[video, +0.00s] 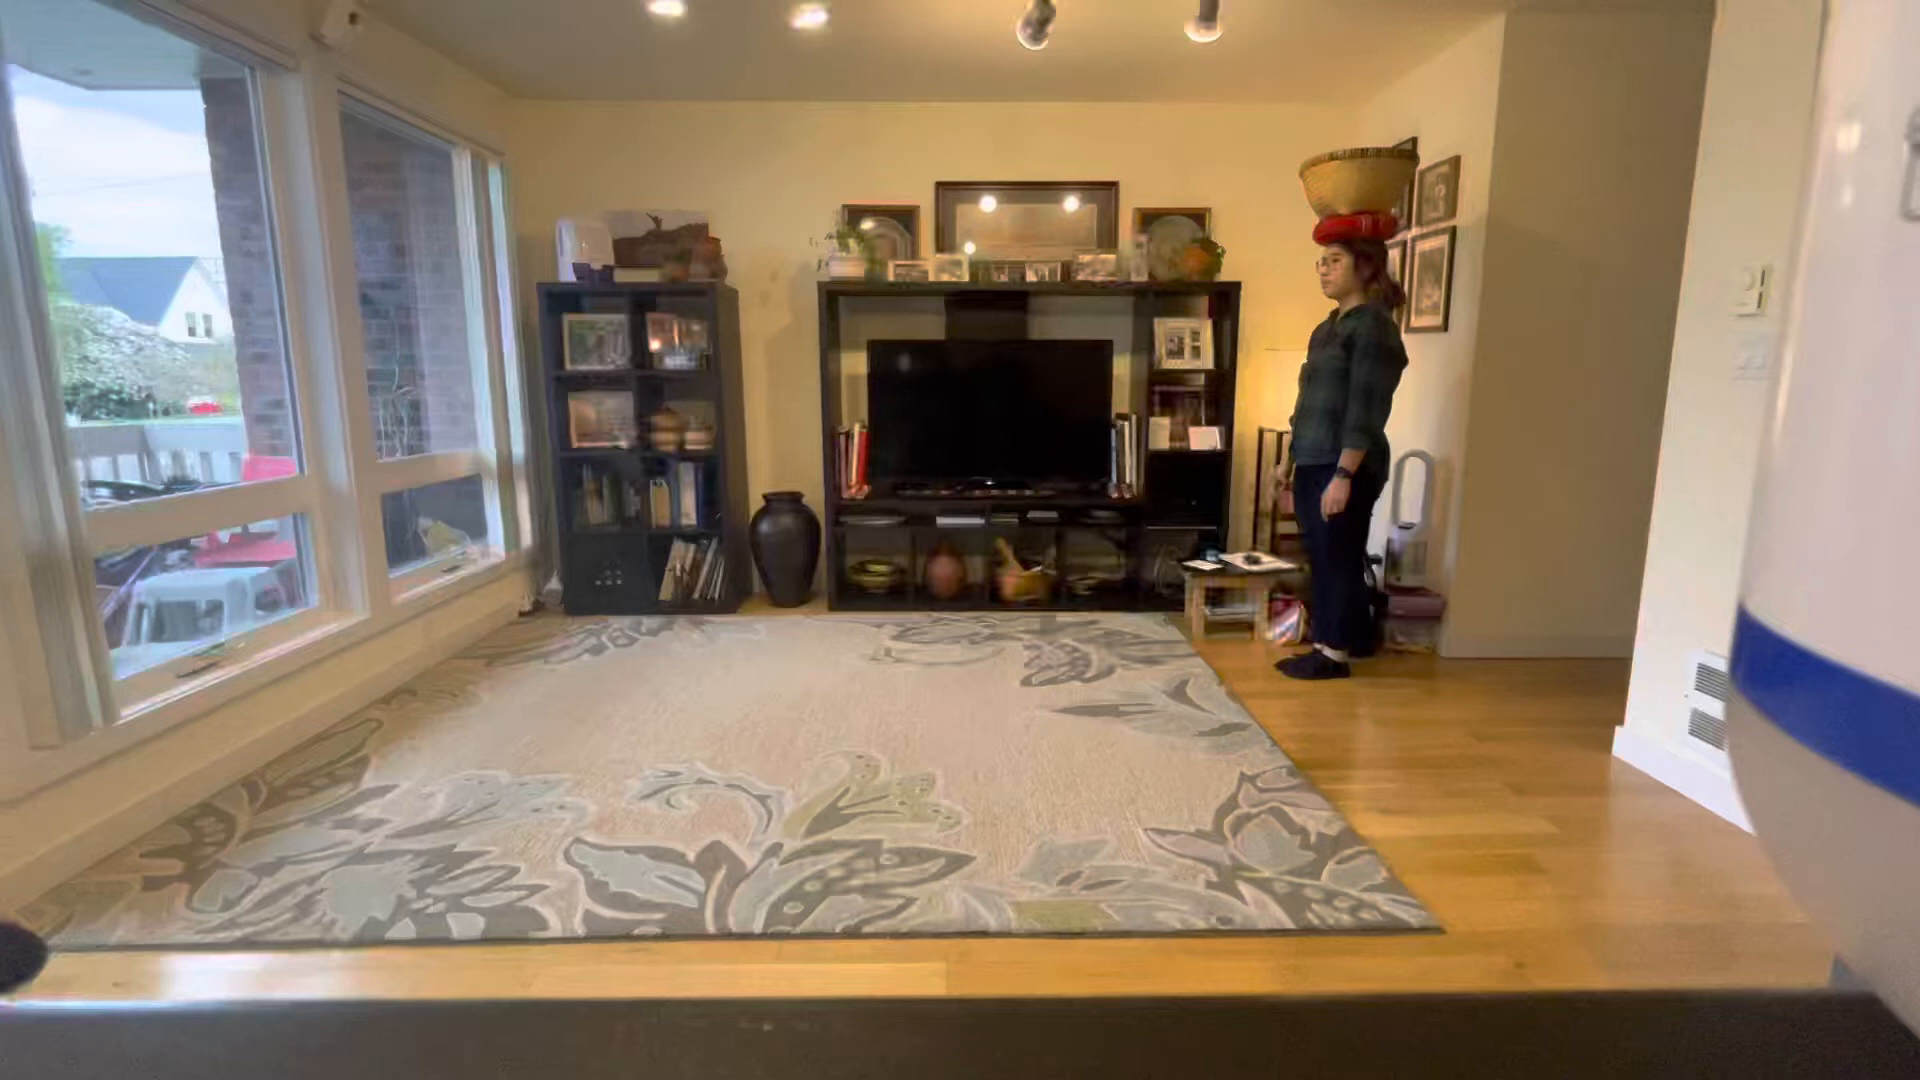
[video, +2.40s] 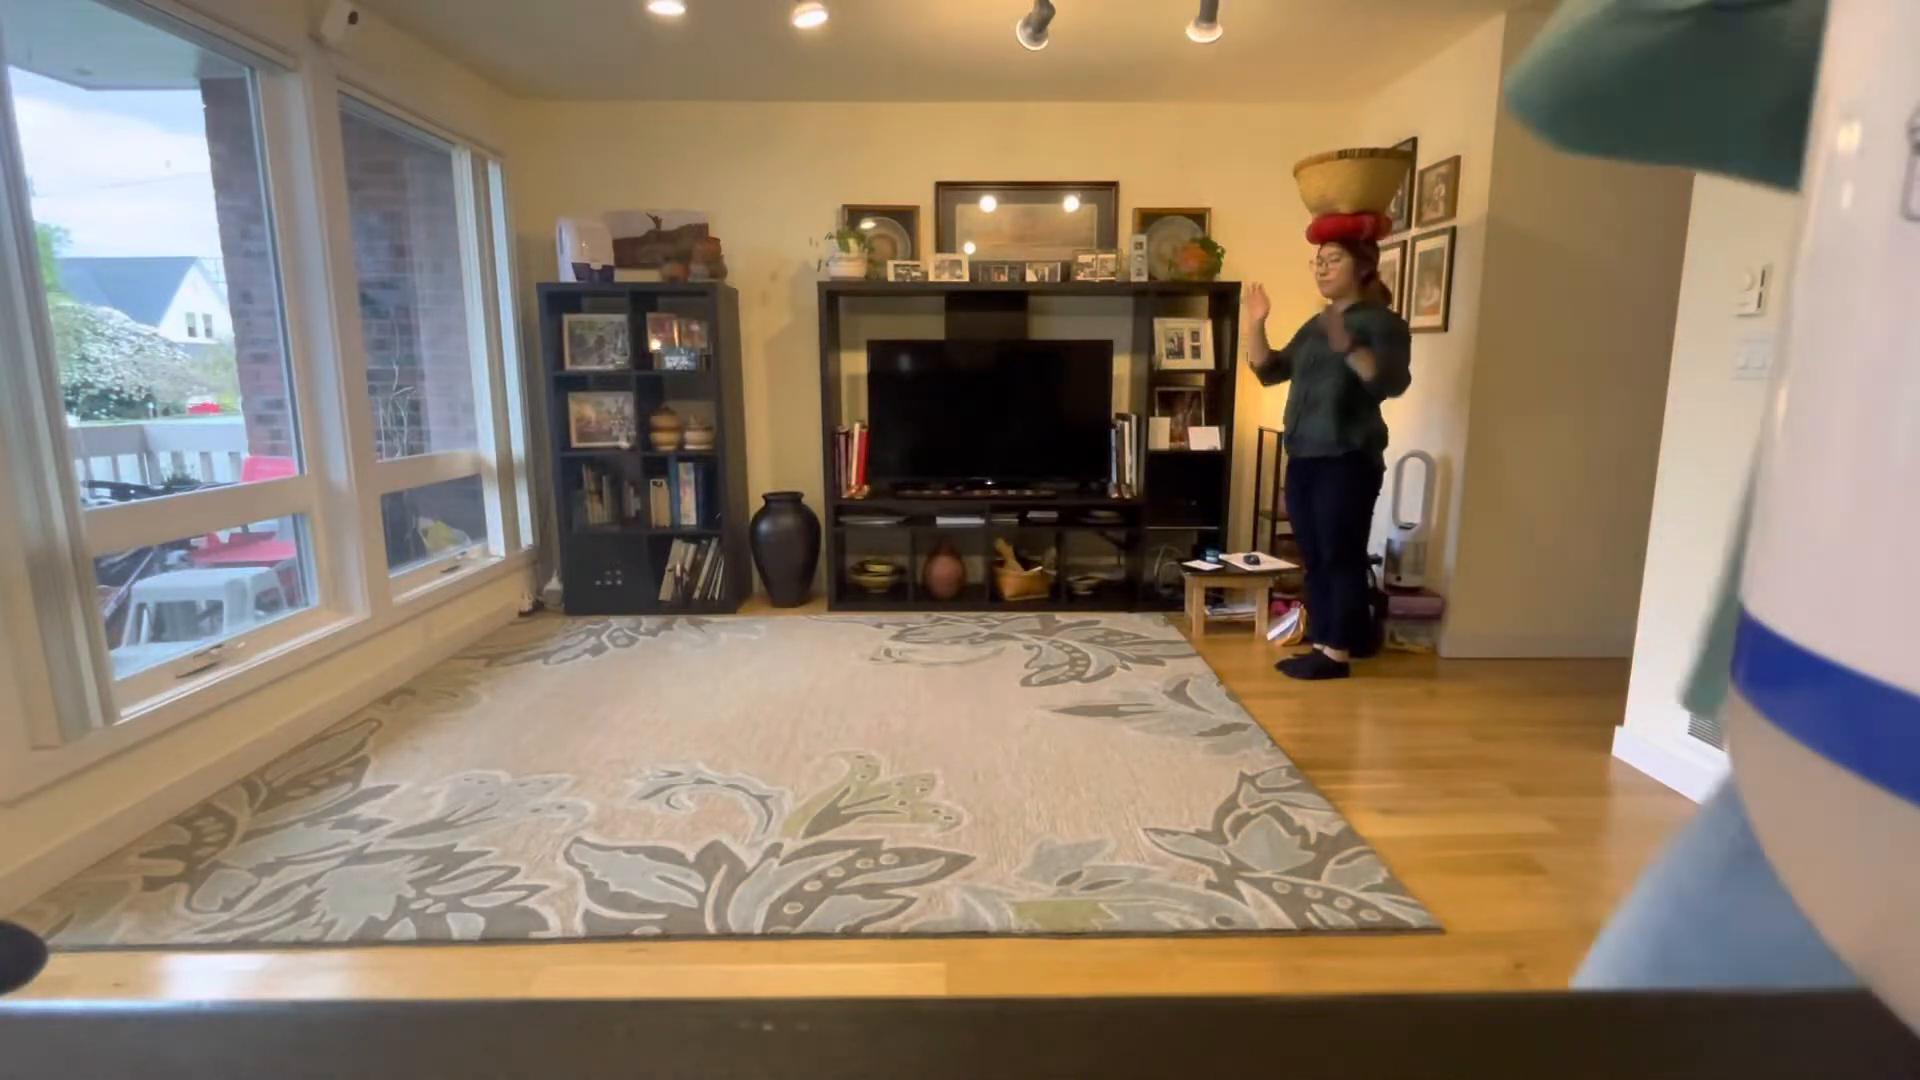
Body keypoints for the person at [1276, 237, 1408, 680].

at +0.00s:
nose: (1322, 270)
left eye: (1332, 261)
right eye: (1320, 263)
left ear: (1364, 266)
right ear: (1323, 269)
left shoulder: (1374, 325)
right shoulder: (1327, 328)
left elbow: (1368, 406)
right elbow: (1310, 401)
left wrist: (1344, 473)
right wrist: (1292, 460)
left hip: (1349, 461)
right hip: (1316, 460)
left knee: (1337, 557)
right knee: (1324, 556)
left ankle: (1334, 649)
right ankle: (1329, 639)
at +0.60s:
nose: (1320, 270)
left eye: (1330, 261)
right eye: (1320, 263)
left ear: (1361, 267)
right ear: (1330, 269)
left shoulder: (1376, 324)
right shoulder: (1326, 327)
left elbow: (1383, 399)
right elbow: (1306, 397)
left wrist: (1343, 417)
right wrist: (1254, 419)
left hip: (1349, 461)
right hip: (1315, 460)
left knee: (1338, 551)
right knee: (1321, 551)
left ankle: (1335, 649)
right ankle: (1331, 639)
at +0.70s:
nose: (1320, 270)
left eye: (1330, 261)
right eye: (1319, 263)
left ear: (1362, 266)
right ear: (1323, 270)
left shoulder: (1378, 321)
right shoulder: (1326, 326)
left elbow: (1388, 391)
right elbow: (1302, 389)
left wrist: (1345, 369)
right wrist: (1243, 389)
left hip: (1350, 459)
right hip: (1314, 458)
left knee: (1338, 552)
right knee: (1321, 551)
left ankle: (1335, 649)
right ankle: (1328, 638)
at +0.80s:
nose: (1321, 271)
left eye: (1330, 261)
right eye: (1320, 263)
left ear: (1362, 264)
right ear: (1331, 270)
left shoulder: (1382, 320)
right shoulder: (1325, 324)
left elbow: (1388, 364)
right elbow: (1285, 373)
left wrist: (1365, 311)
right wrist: (1246, 340)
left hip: (1352, 456)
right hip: (1312, 455)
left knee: (1338, 550)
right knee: (1320, 550)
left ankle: (1335, 650)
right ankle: (1333, 639)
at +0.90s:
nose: (1322, 270)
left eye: (1333, 261)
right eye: (1319, 262)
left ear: (1360, 267)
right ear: (1319, 270)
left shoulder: (1376, 317)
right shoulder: (1321, 322)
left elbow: (1394, 331)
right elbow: (1270, 350)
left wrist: (1376, 274)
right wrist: (1261, 301)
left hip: (1353, 451)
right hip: (1312, 451)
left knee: (1338, 547)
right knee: (1319, 547)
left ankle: (1334, 650)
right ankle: (1335, 638)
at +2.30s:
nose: (1321, 268)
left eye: (1332, 259)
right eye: (1318, 260)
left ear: (1361, 264)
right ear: (1315, 267)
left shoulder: (1378, 317)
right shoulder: (1313, 323)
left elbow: (1398, 353)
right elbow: (1258, 352)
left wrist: (1370, 293)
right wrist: (1262, 300)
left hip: (1350, 457)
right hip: (1305, 456)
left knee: (1341, 553)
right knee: (1315, 553)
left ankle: (1338, 653)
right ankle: (1323, 644)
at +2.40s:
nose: (1321, 268)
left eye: (1332, 259)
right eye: (1318, 261)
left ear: (1362, 266)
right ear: (1314, 268)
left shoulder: (1382, 322)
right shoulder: (1316, 325)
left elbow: (1391, 382)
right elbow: (1269, 370)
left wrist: (1347, 345)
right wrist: (1254, 325)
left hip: (1350, 459)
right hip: (1305, 458)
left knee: (1340, 553)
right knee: (1314, 553)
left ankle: (1337, 652)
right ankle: (1324, 643)